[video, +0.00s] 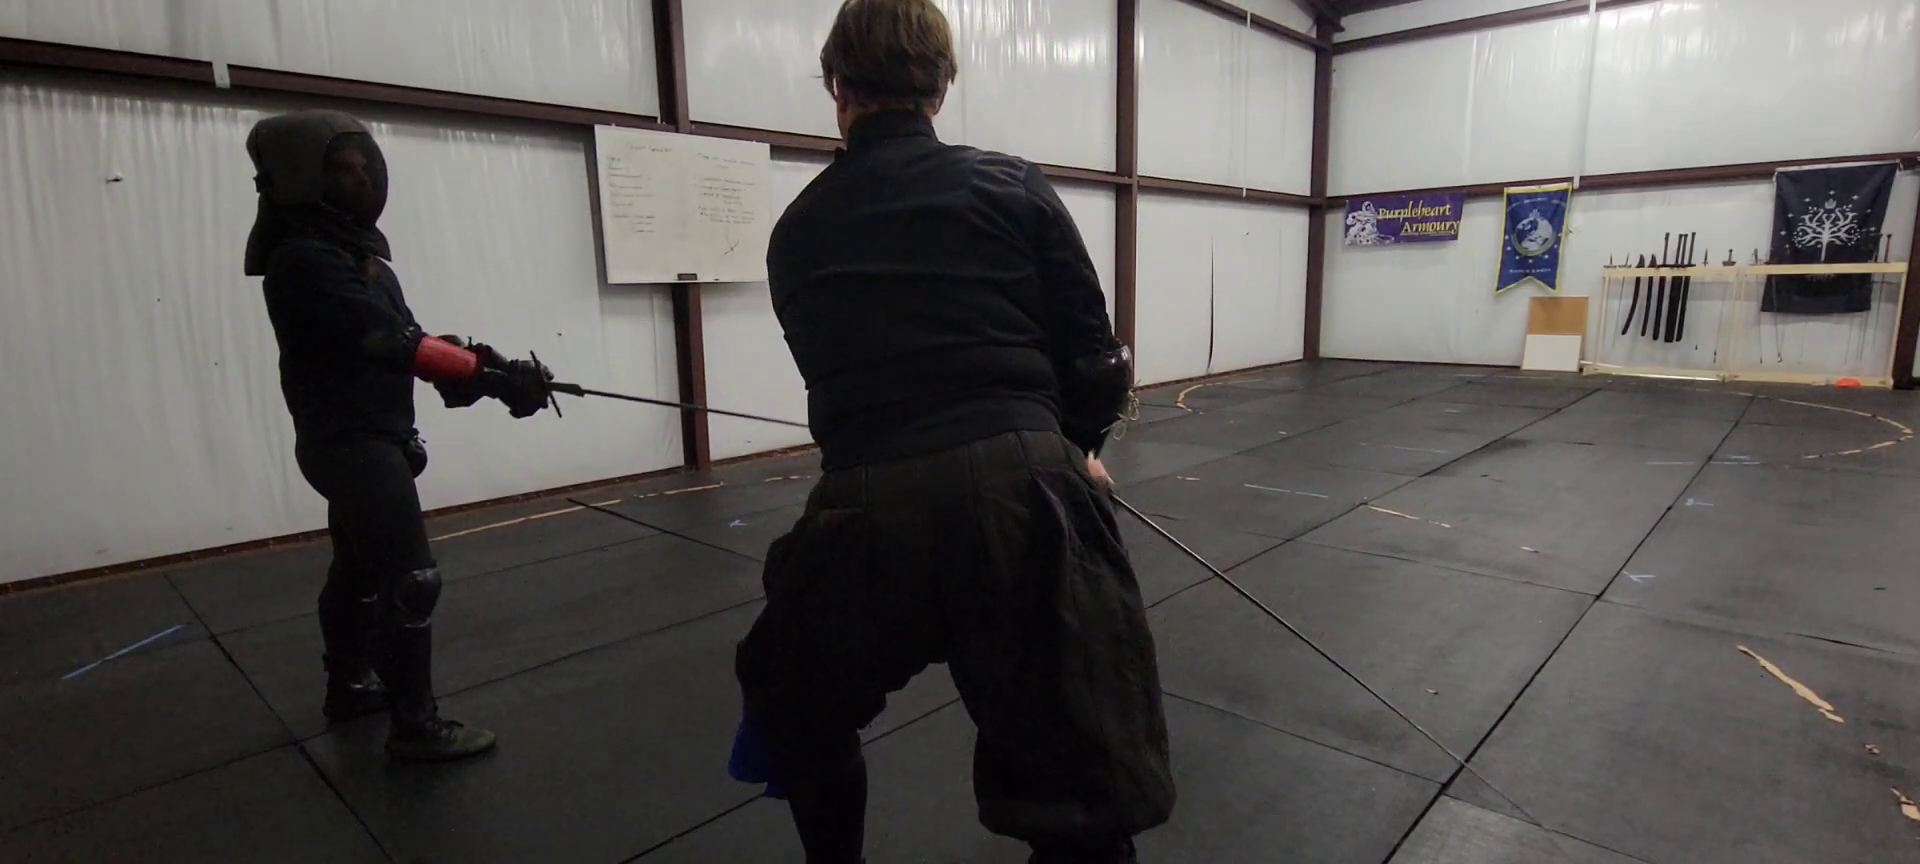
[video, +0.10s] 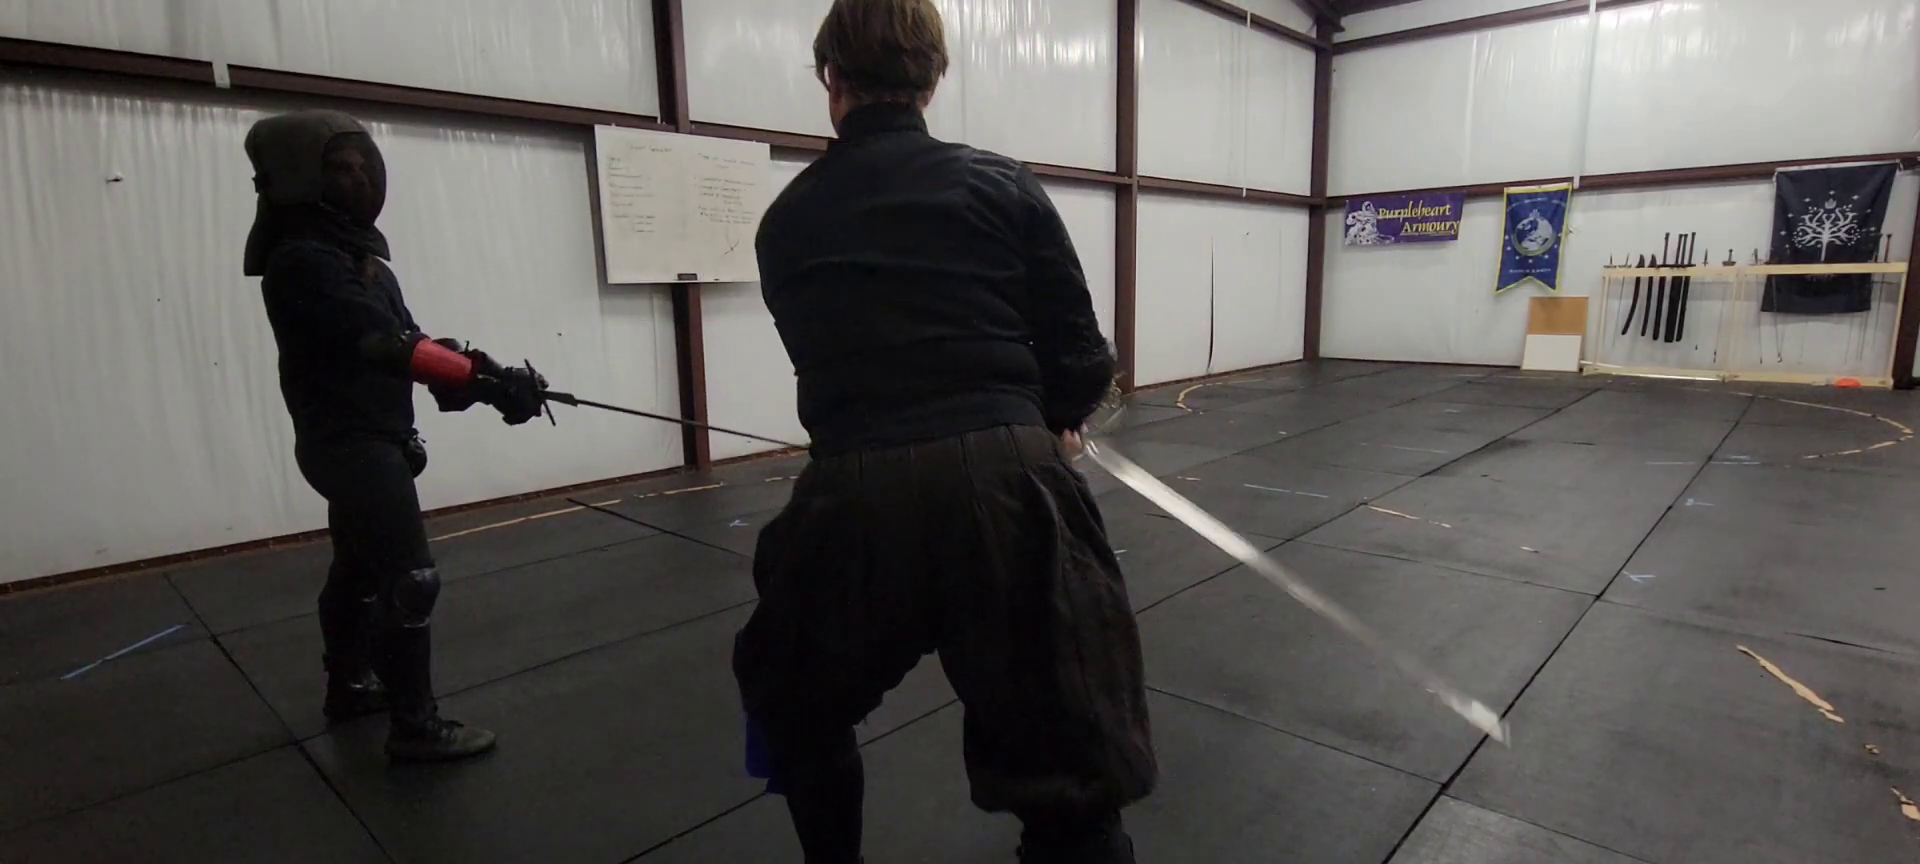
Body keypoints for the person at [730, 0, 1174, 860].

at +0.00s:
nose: (834, 99)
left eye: (832, 87)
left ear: (840, 92)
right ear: (939, 89)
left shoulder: (795, 230)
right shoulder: (1013, 183)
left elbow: (840, 386)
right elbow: (1095, 361)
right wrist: (1071, 448)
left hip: (867, 517)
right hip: (1025, 495)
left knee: (804, 703)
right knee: (1069, 768)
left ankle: (833, 851)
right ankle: (1082, 848)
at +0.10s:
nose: (825, 90)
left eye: (824, 77)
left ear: (833, 83)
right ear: (931, 80)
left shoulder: (784, 222)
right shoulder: (1002, 184)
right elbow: (1083, 358)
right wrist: (1050, 426)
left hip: (855, 506)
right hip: (1009, 488)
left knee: (800, 698)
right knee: (1059, 761)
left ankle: (833, 850)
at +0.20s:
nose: (815, 75)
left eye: (815, 61)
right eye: (817, 58)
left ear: (827, 65)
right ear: (918, 67)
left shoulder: (772, 196)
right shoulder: (989, 170)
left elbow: (795, 314)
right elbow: (1056, 340)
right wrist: (995, 418)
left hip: (841, 481)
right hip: (992, 470)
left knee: (807, 707)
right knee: (1055, 734)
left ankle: (831, 852)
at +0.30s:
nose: (812, 60)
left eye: (814, 45)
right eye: (816, 44)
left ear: (825, 49)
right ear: (913, 55)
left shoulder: (769, 179)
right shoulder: (982, 160)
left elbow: (780, 315)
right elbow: (1036, 328)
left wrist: (868, 346)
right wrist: (938, 359)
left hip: (839, 455)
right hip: (986, 443)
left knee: (823, 708)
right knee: (1039, 692)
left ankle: (835, 856)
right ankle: (1097, 851)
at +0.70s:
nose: (923, 77)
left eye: (930, 61)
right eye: (927, 61)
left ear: (959, 71)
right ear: (1009, 77)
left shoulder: (919, 185)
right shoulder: (1052, 186)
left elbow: (839, 322)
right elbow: (1009, 304)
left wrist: (857, 366)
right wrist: (898, 328)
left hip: (965, 447)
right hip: (1069, 430)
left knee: (899, 658)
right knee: (1043, 621)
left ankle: (858, 847)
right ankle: (1076, 784)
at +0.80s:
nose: (944, 65)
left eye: (954, 51)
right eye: (949, 50)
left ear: (989, 63)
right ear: (1022, 71)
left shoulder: (956, 174)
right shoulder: (1062, 170)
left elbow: (892, 304)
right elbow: (1019, 294)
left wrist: (875, 351)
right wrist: (904, 320)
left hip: (998, 429)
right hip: (1092, 412)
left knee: (947, 644)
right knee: (1058, 606)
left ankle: (937, 843)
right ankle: (1076, 782)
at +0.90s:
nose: (958, 64)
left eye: (970, 50)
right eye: (963, 49)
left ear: (1008, 62)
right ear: (1028, 67)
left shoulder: (988, 174)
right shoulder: (1070, 159)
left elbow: (927, 308)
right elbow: (1023, 295)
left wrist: (891, 349)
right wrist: (901, 324)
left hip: (1028, 423)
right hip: (1105, 404)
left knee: (994, 629)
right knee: (1075, 606)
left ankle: (1043, 811)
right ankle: (1079, 780)